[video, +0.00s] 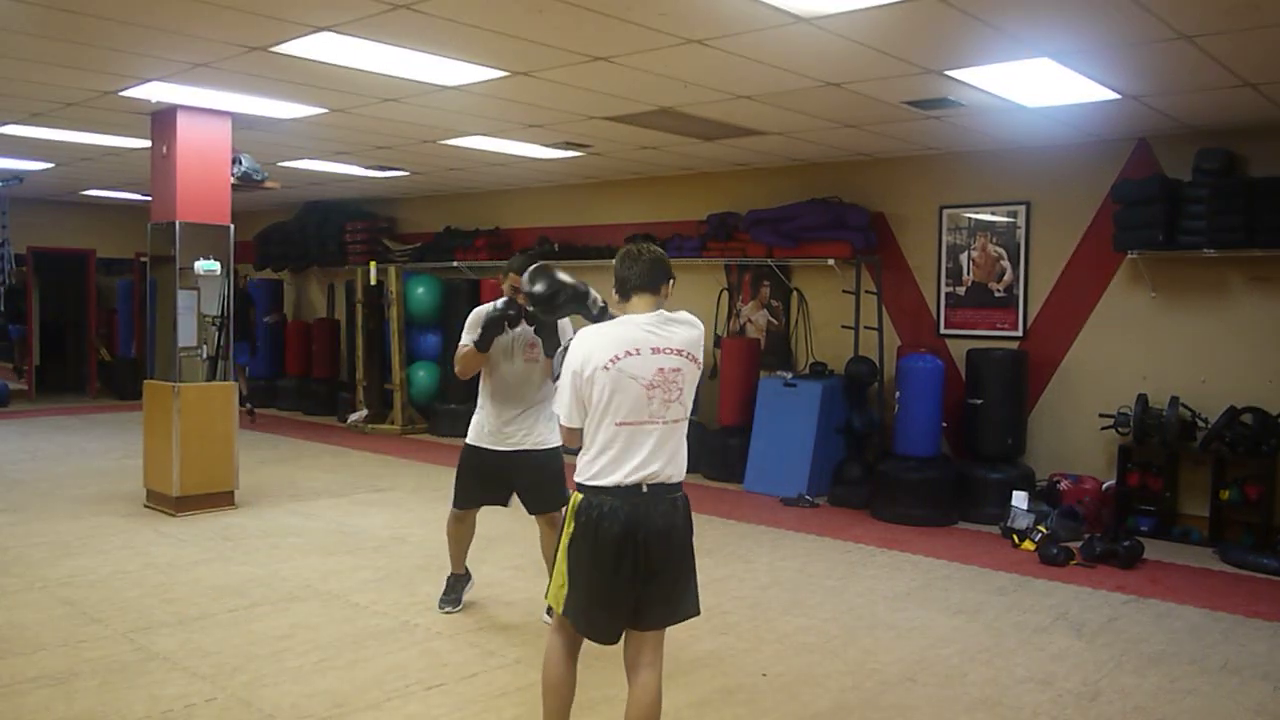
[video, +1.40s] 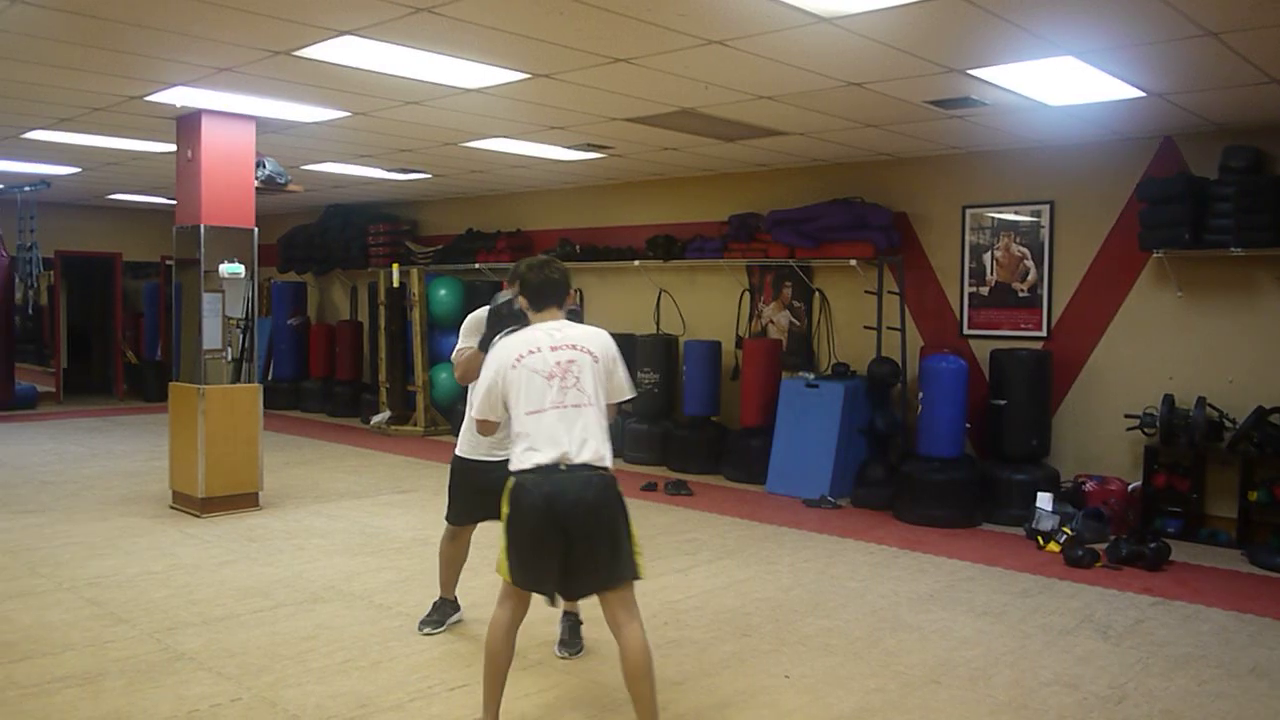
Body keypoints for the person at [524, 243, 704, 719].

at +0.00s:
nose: (672, 292)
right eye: (672, 286)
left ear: (615, 289)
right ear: (667, 289)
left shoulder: (586, 343)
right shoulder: (693, 331)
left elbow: (571, 435)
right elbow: (645, 332)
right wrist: (595, 308)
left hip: (597, 512)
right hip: (666, 511)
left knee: (563, 636)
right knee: (646, 655)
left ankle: (554, 716)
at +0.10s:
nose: (675, 290)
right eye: (674, 284)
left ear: (618, 288)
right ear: (670, 288)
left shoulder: (591, 344)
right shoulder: (694, 335)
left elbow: (572, 433)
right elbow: (646, 339)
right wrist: (601, 306)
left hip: (599, 511)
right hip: (667, 511)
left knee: (560, 621)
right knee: (645, 651)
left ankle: (551, 717)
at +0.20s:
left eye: (616, 283)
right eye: (670, 286)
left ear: (615, 287)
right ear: (668, 289)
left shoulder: (589, 343)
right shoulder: (692, 339)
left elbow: (563, 436)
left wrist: (549, 380)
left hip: (596, 511)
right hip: (666, 512)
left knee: (555, 623)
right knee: (644, 654)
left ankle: (539, 716)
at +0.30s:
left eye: (600, 285)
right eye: (660, 286)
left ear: (605, 289)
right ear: (658, 289)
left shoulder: (579, 345)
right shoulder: (685, 340)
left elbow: (551, 438)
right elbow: (687, 408)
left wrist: (541, 376)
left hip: (591, 513)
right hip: (661, 513)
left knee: (550, 624)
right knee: (642, 657)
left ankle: (525, 716)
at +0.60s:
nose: (555, 298)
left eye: (554, 291)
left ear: (555, 295)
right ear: (603, 293)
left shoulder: (534, 353)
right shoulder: (635, 343)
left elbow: (512, 438)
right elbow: (640, 420)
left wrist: (557, 406)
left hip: (561, 511)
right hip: (628, 509)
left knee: (536, 621)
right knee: (626, 652)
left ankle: (520, 716)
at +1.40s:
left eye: (519, 295)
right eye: (574, 293)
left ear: (523, 299)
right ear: (570, 297)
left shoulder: (504, 349)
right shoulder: (598, 339)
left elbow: (485, 423)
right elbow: (613, 409)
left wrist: (532, 402)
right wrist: (565, 406)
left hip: (530, 492)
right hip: (594, 489)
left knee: (509, 607)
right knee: (625, 618)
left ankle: (489, 714)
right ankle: (649, 716)